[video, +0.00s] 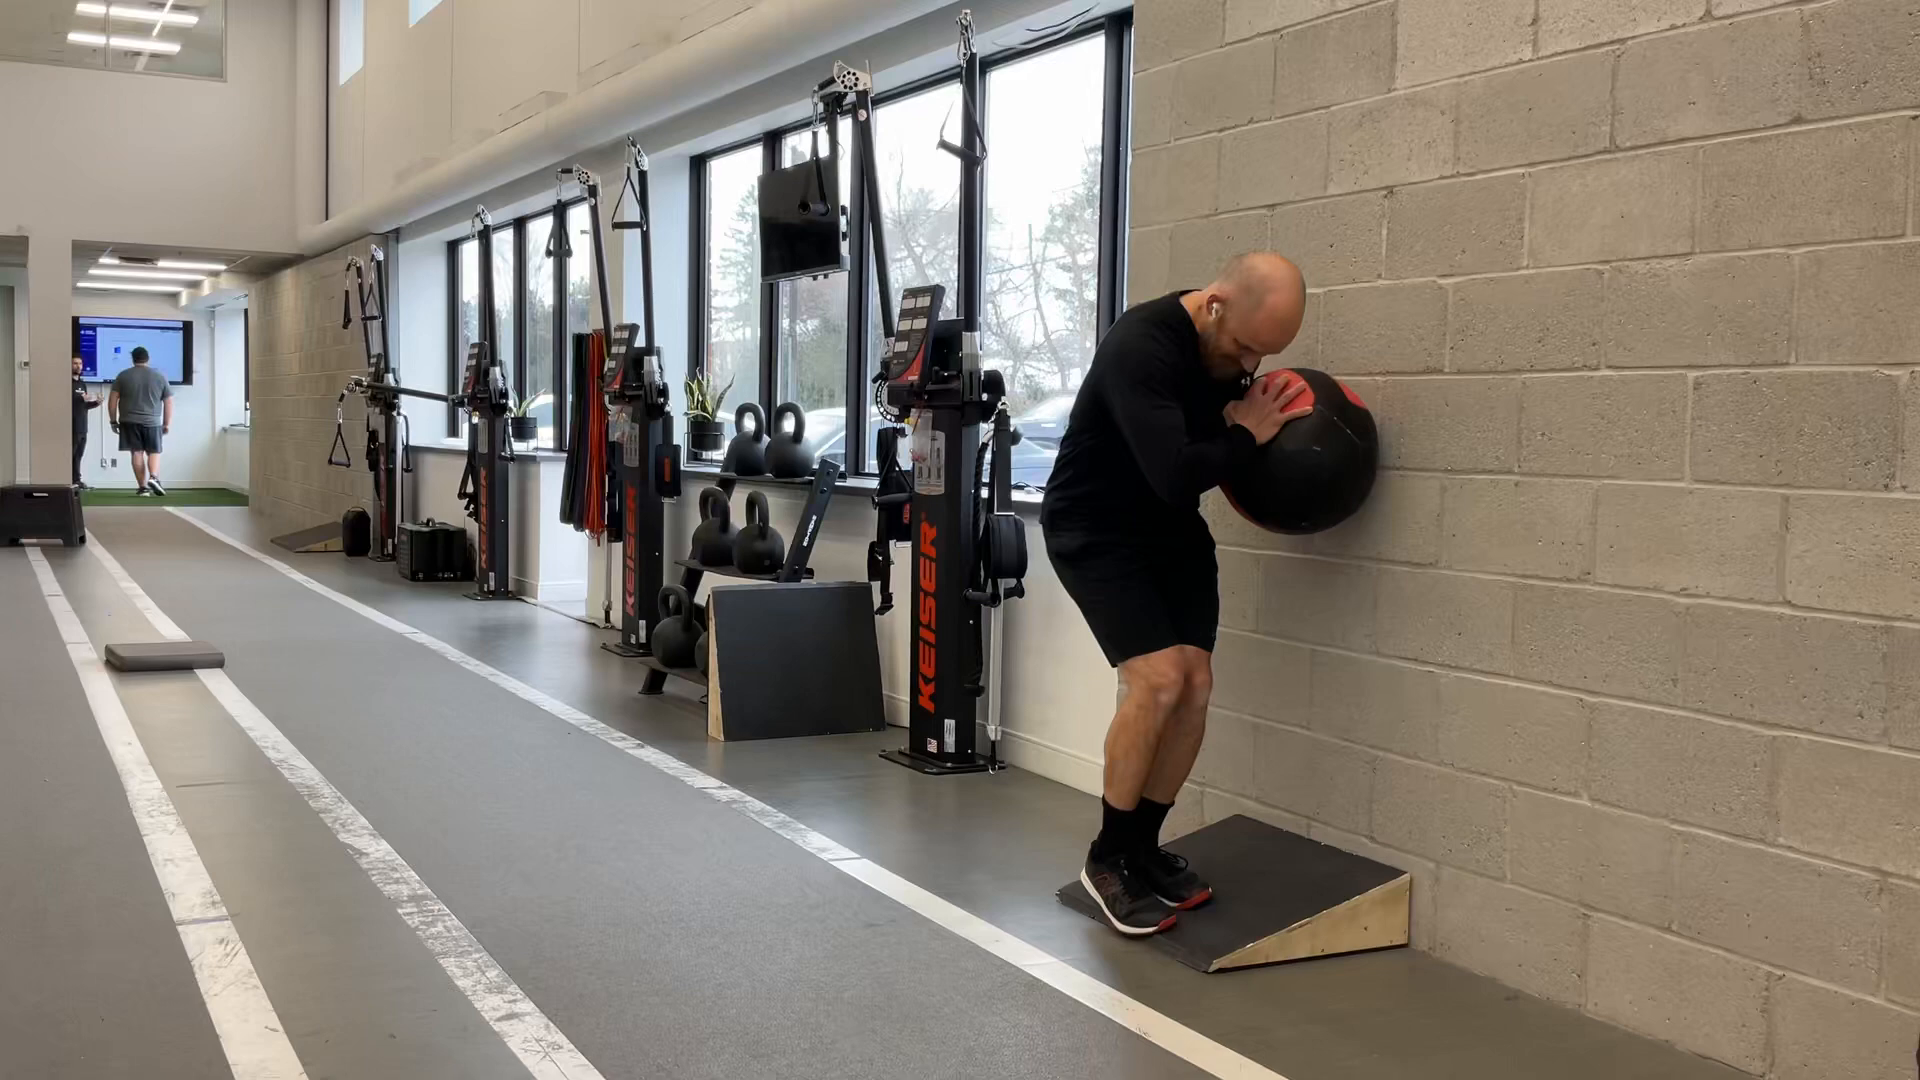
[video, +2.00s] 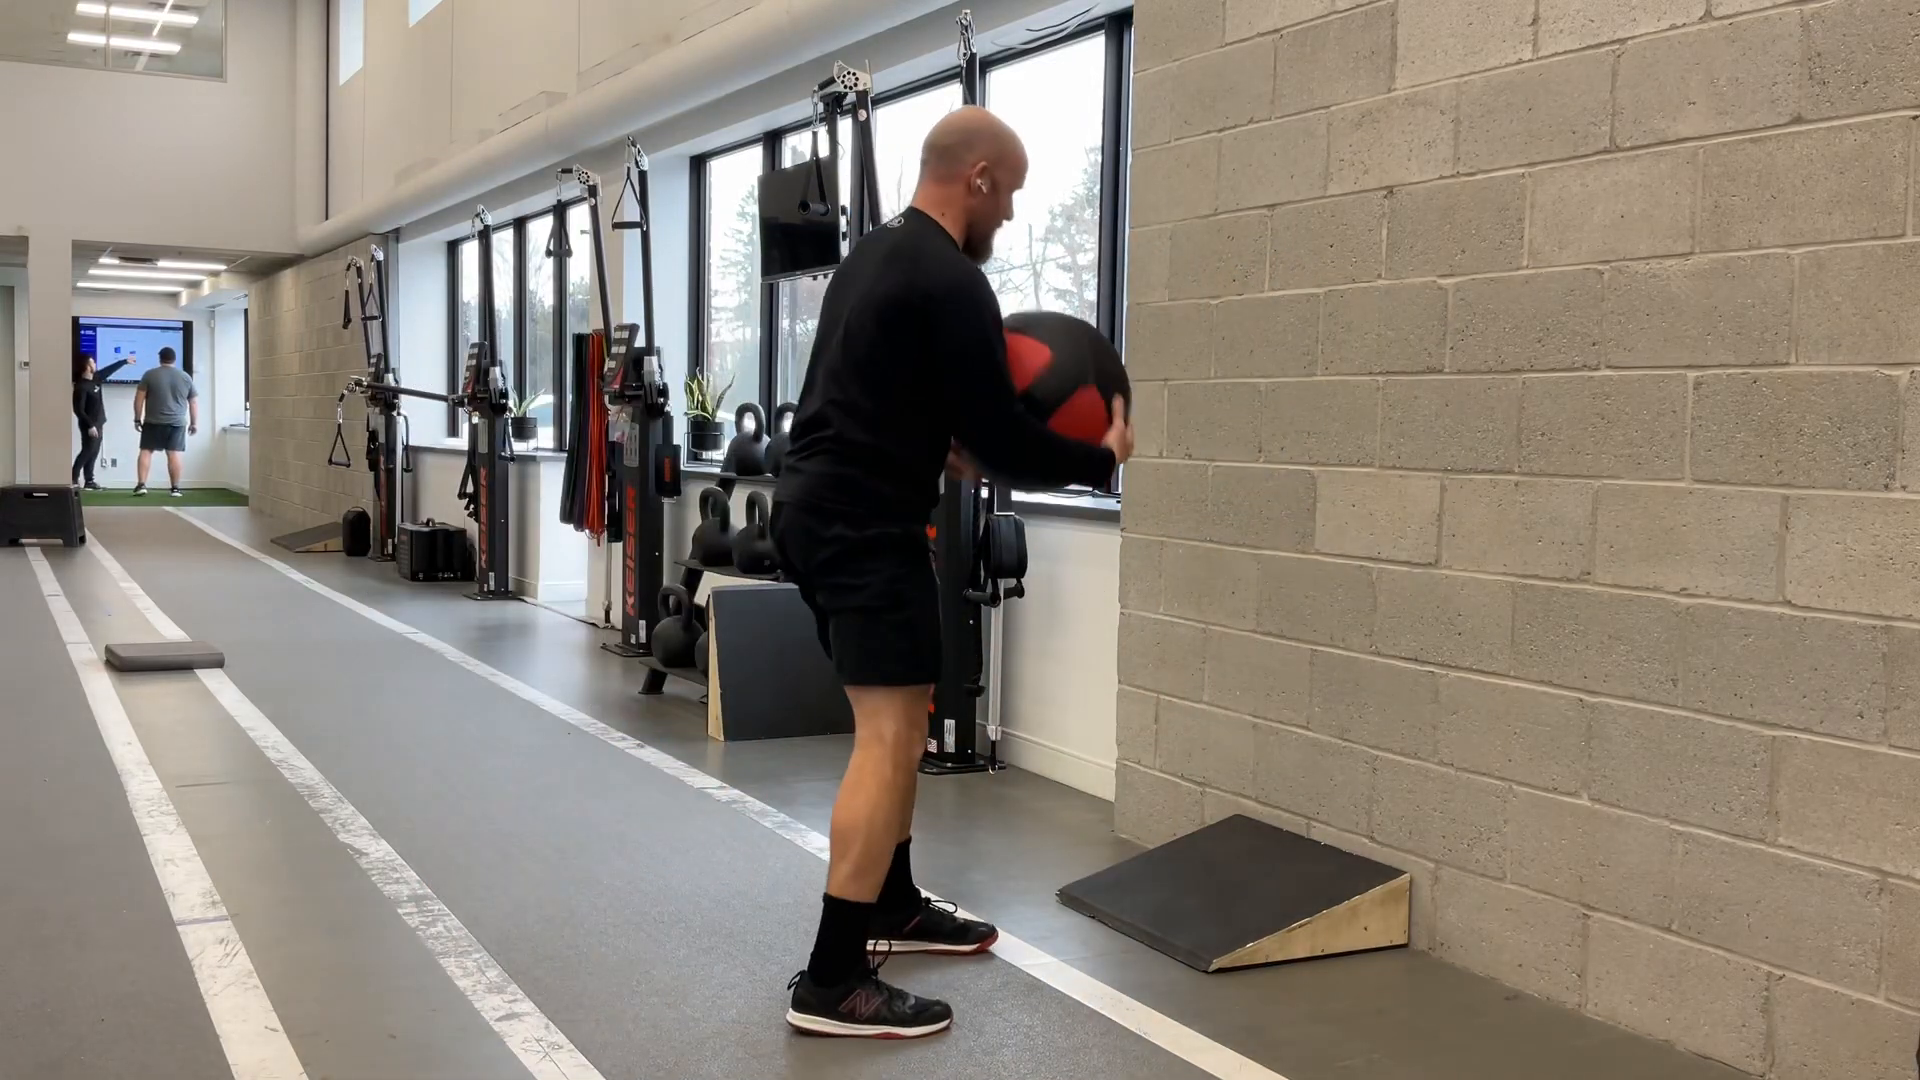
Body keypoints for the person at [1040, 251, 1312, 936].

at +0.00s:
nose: (1252, 366)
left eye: (1264, 355)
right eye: (1245, 349)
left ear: (1278, 329)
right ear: (1212, 304)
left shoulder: (1226, 351)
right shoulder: (1140, 346)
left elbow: (1224, 452)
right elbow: (1172, 475)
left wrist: (1295, 422)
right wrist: (1245, 431)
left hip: (1173, 524)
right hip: (1096, 523)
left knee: (1194, 682)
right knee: (1159, 679)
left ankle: (1142, 848)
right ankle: (1109, 857)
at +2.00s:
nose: (1007, 217)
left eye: (1011, 199)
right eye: (1008, 197)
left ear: (939, 174)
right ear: (975, 182)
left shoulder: (878, 254)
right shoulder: (950, 284)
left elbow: (880, 398)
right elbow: (1004, 446)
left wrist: (953, 447)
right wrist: (1102, 456)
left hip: (833, 505)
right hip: (865, 518)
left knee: (902, 719)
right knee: (888, 734)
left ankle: (889, 902)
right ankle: (832, 978)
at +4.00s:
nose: (1179, 364)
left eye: (1188, 350)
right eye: (1169, 347)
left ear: (1192, 334)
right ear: (1125, 324)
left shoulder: (1125, 373)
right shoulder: (1092, 394)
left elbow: (1169, 421)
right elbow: (1169, 509)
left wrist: (1251, 439)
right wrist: (1215, 455)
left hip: (1056, 562)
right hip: (969, 563)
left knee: (1171, 695)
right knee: (943, 723)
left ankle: (1144, 848)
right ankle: (837, 873)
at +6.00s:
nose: (1081, 211)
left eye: (1087, 195)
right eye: (1081, 192)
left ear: (1028, 171)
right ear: (1044, 176)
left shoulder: (981, 252)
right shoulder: (999, 263)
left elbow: (1030, 388)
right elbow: (1007, 411)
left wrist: (1126, 408)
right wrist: (1112, 446)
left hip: (958, 514)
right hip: (983, 521)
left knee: (979, 705)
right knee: (1007, 713)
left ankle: (897, 878)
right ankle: (970, 925)